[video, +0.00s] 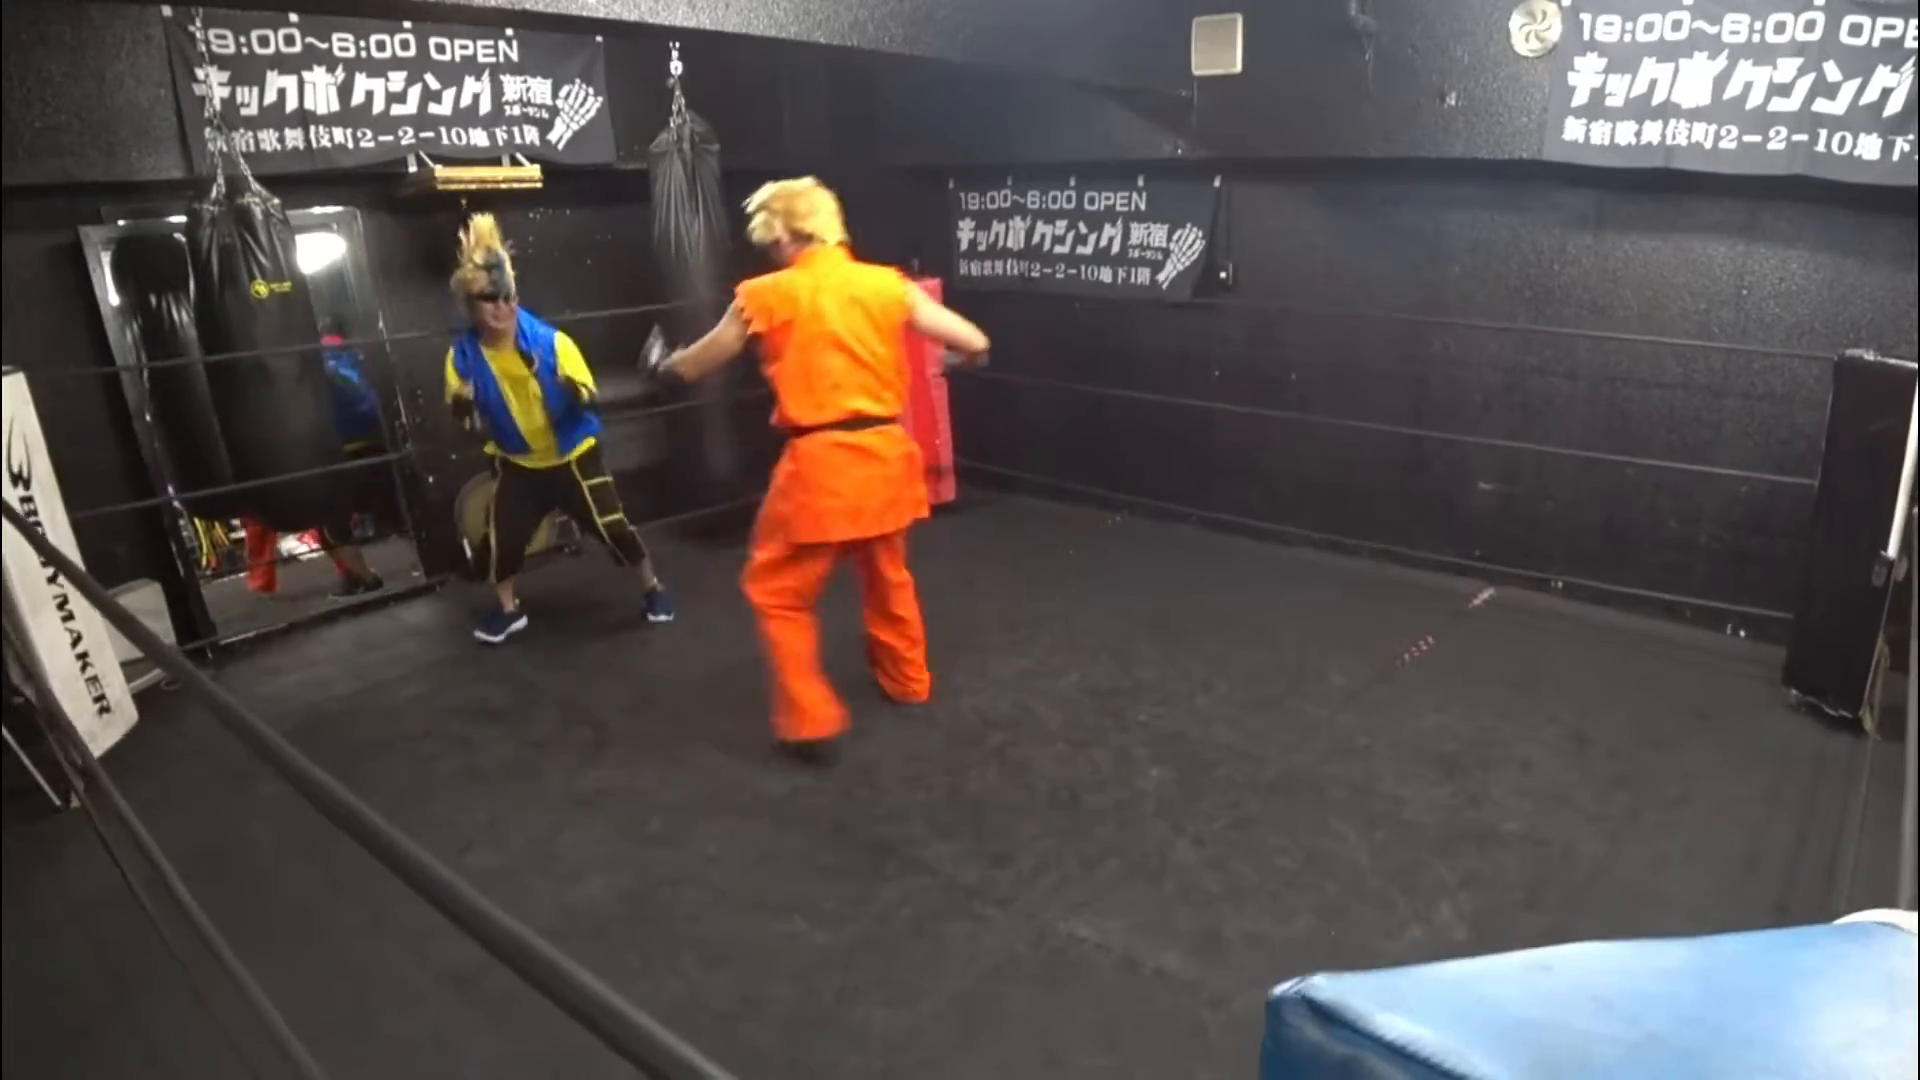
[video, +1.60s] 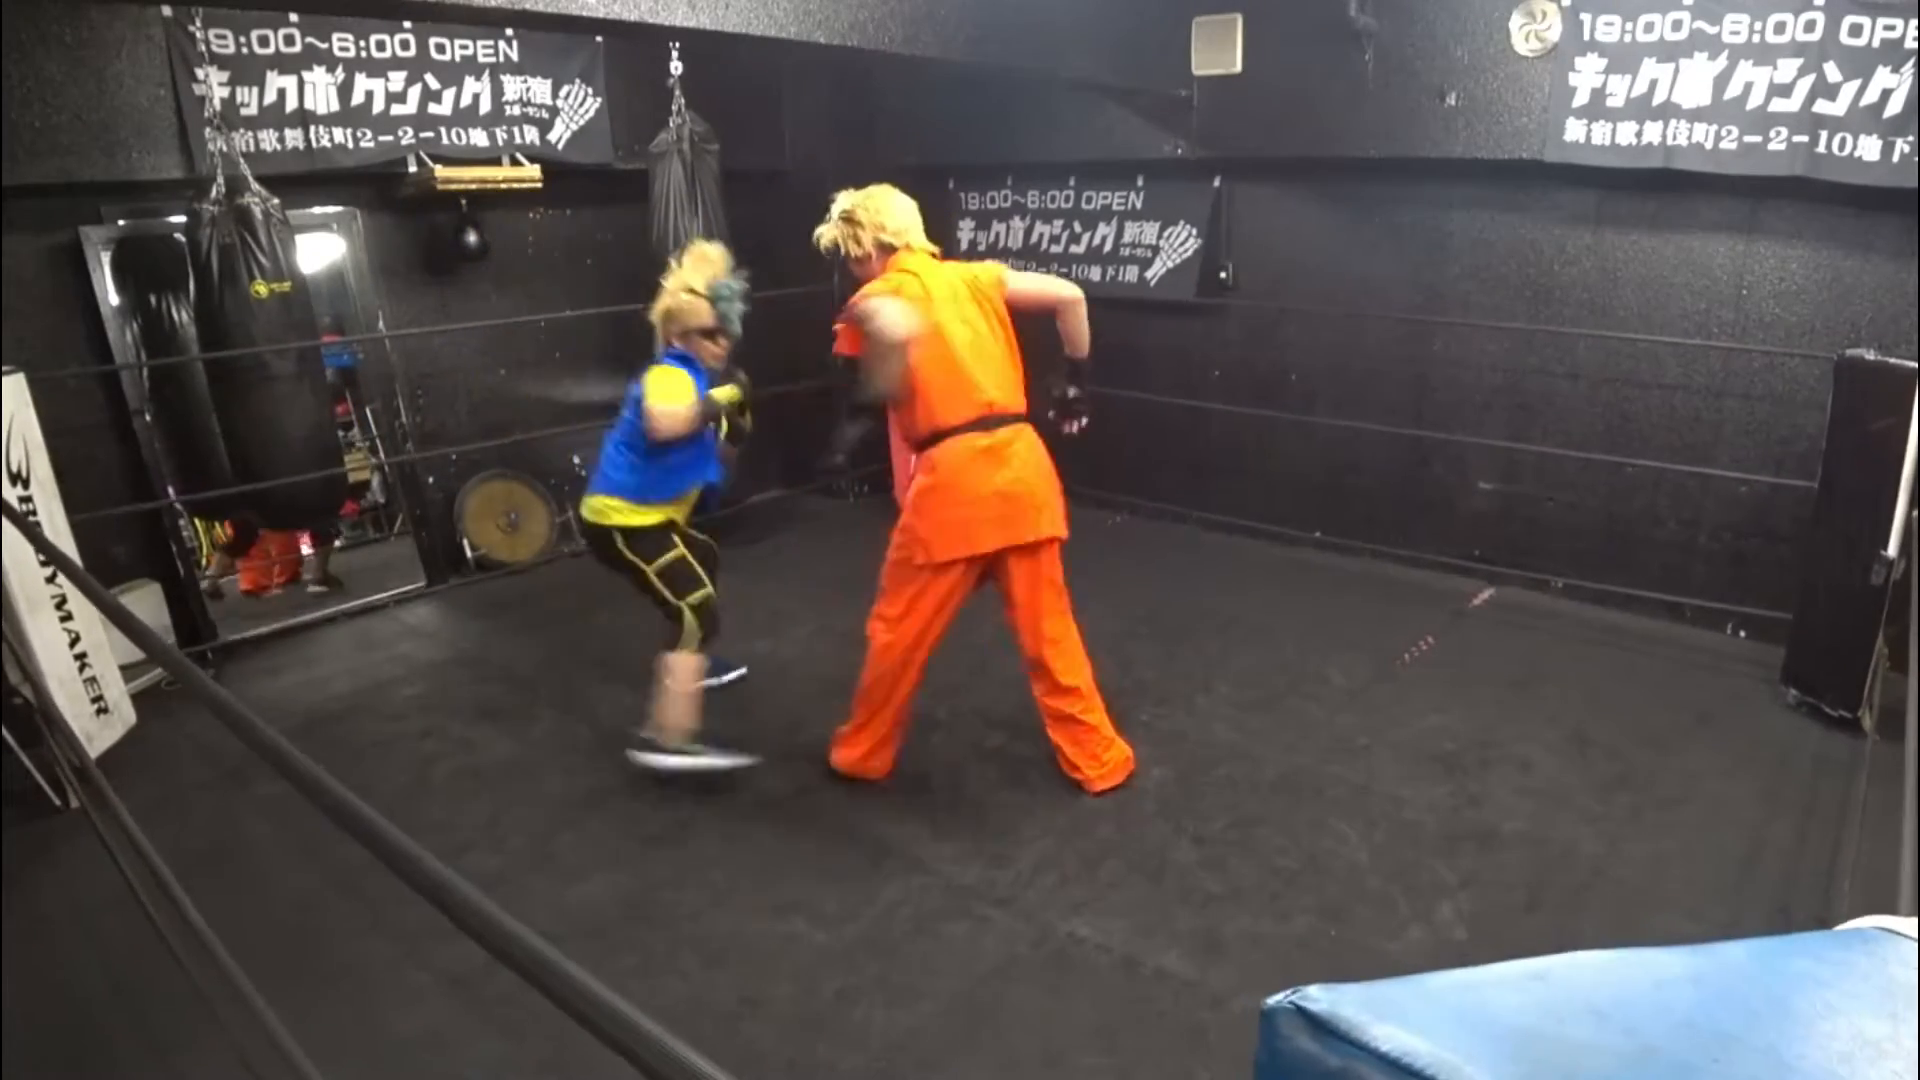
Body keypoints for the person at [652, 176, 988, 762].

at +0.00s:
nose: (768, 252)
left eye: (770, 241)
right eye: (767, 242)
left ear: (790, 236)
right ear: (833, 230)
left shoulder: (767, 296)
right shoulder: (886, 284)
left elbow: (695, 364)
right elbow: (973, 341)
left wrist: (668, 360)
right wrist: (965, 356)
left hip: (817, 462)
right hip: (890, 456)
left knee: (776, 588)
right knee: (888, 567)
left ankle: (811, 721)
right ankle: (908, 678)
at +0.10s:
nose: (789, 250)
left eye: (792, 239)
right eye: (788, 240)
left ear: (811, 235)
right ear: (857, 230)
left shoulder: (785, 300)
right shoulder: (913, 286)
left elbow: (711, 359)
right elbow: (992, 352)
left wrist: (681, 336)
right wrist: (988, 372)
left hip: (841, 472)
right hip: (913, 462)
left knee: (819, 596)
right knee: (907, 572)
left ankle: (897, 727)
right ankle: (915, 682)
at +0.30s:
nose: (828, 261)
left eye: (829, 249)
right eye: (826, 250)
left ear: (845, 246)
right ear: (898, 237)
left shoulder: (825, 315)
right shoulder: (956, 297)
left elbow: (760, 391)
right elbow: (997, 392)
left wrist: (734, 361)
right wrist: (972, 443)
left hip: (892, 486)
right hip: (963, 475)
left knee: (907, 641)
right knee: (957, 577)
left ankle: (944, 780)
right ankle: (987, 696)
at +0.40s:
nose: (848, 250)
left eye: (850, 236)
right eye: (847, 237)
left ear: (871, 231)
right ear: (913, 223)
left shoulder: (849, 299)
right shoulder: (972, 281)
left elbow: (796, 397)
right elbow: (1039, 367)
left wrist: (764, 380)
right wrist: (993, 412)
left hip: (911, 484)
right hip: (984, 470)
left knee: (913, 640)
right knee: (991, 600)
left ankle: (942, 779)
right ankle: (1061, 719)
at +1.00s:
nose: (852, 298)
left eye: (854, 285)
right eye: (850, 286)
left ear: (875, 278)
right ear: (914, 269)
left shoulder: (865, 338)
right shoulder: (981, 309)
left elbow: (779, 385)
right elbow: (1052, 318)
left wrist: (738, 345)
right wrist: (991, 315)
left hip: (931, 514)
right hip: (1010, 497)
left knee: (872, 629)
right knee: (1050, 637)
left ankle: (853, 755)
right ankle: (1103, 765)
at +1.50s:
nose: (847, 280)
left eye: (847, 267)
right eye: (843, 269)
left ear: (867, 260)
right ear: (912, 249)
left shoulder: (865, 312)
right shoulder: (975, 293)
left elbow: (806, 369)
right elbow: (1072, 323)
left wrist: (749, 386)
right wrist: (1062, 371)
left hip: (932, 496)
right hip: (1010, 481)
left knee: (881, 633)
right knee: (1040, 629)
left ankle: (849, 754)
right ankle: (1098, 762)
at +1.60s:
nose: (850, 271)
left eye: (850, 258)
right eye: (847, 259)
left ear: (870, 248)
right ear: (913, 237)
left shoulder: (873, 298)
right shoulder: (973, 275)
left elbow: (897, 331)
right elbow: (1069, 294)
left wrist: (880, 395)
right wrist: (1077, 381)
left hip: (953, 481)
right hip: (1026, 465)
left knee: (898, 628)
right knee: (1049, 625)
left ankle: (862, 752)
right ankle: (1098, 760)